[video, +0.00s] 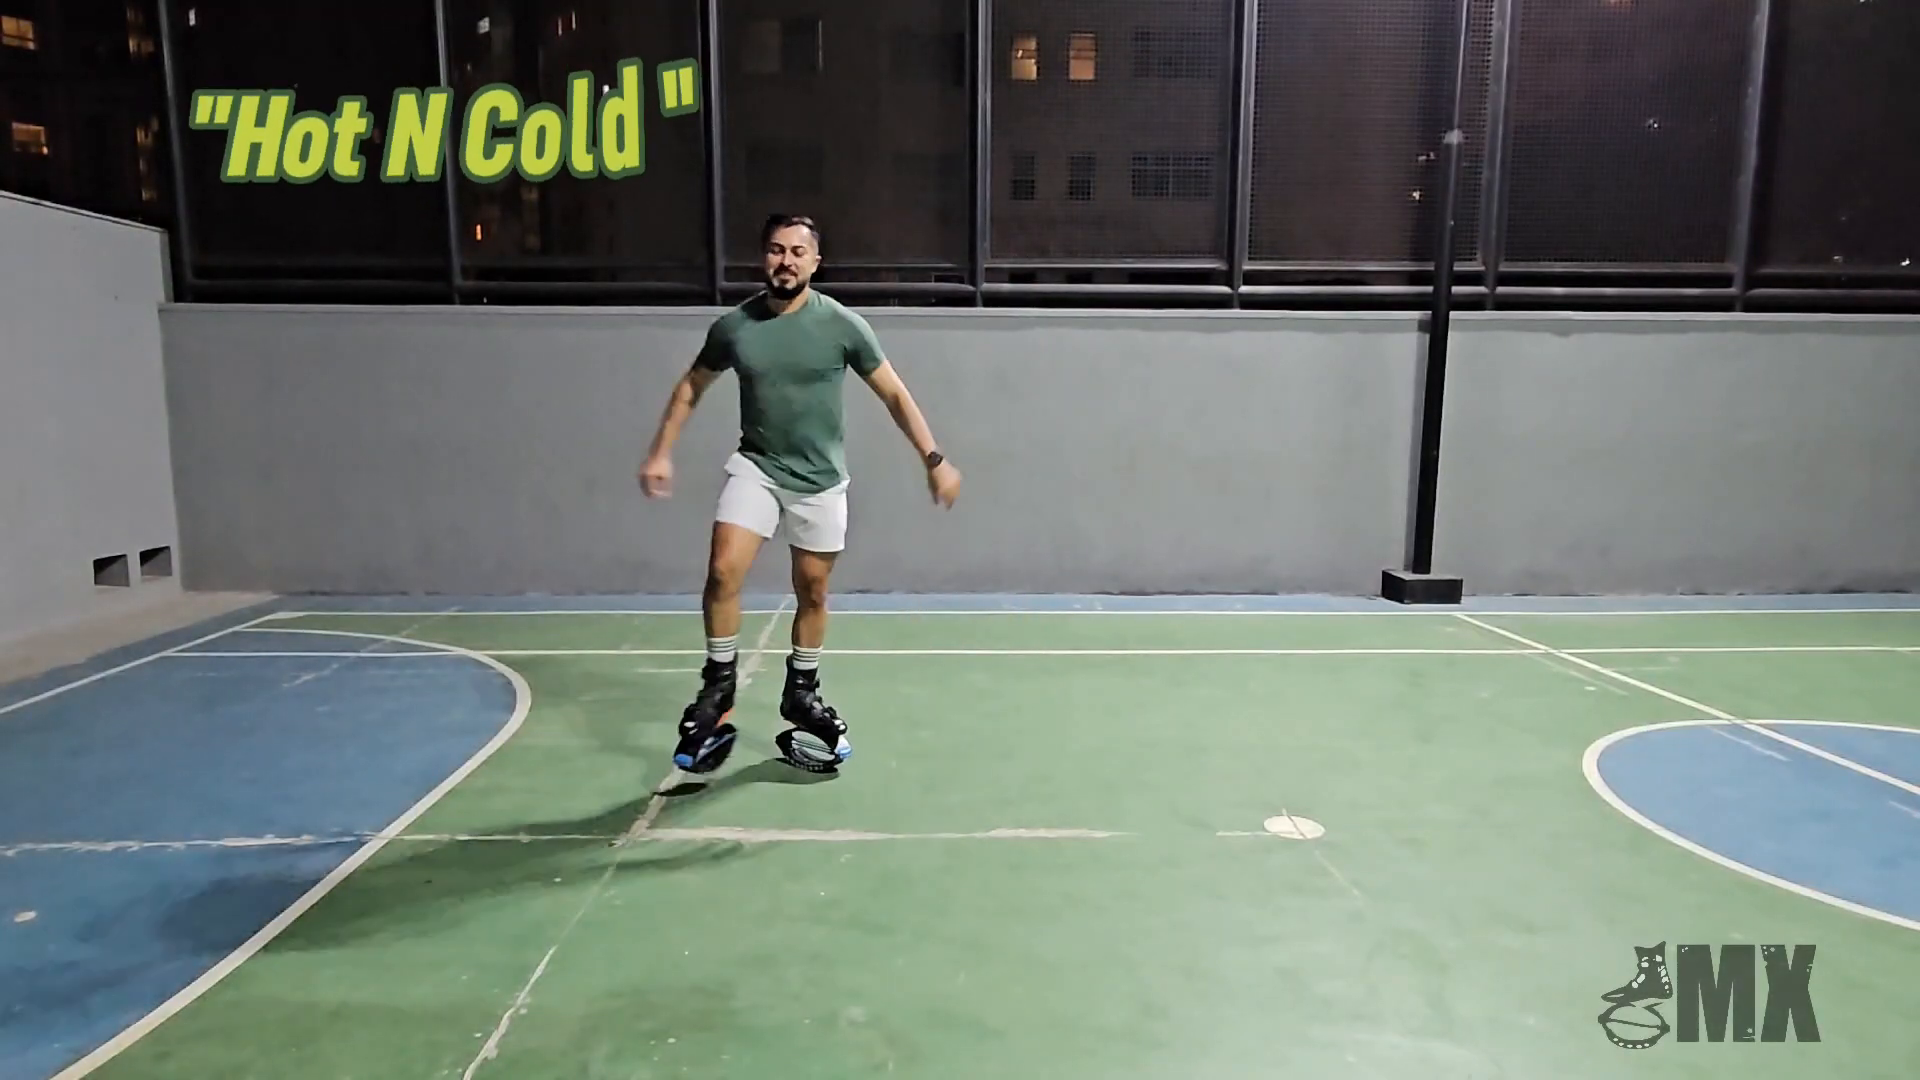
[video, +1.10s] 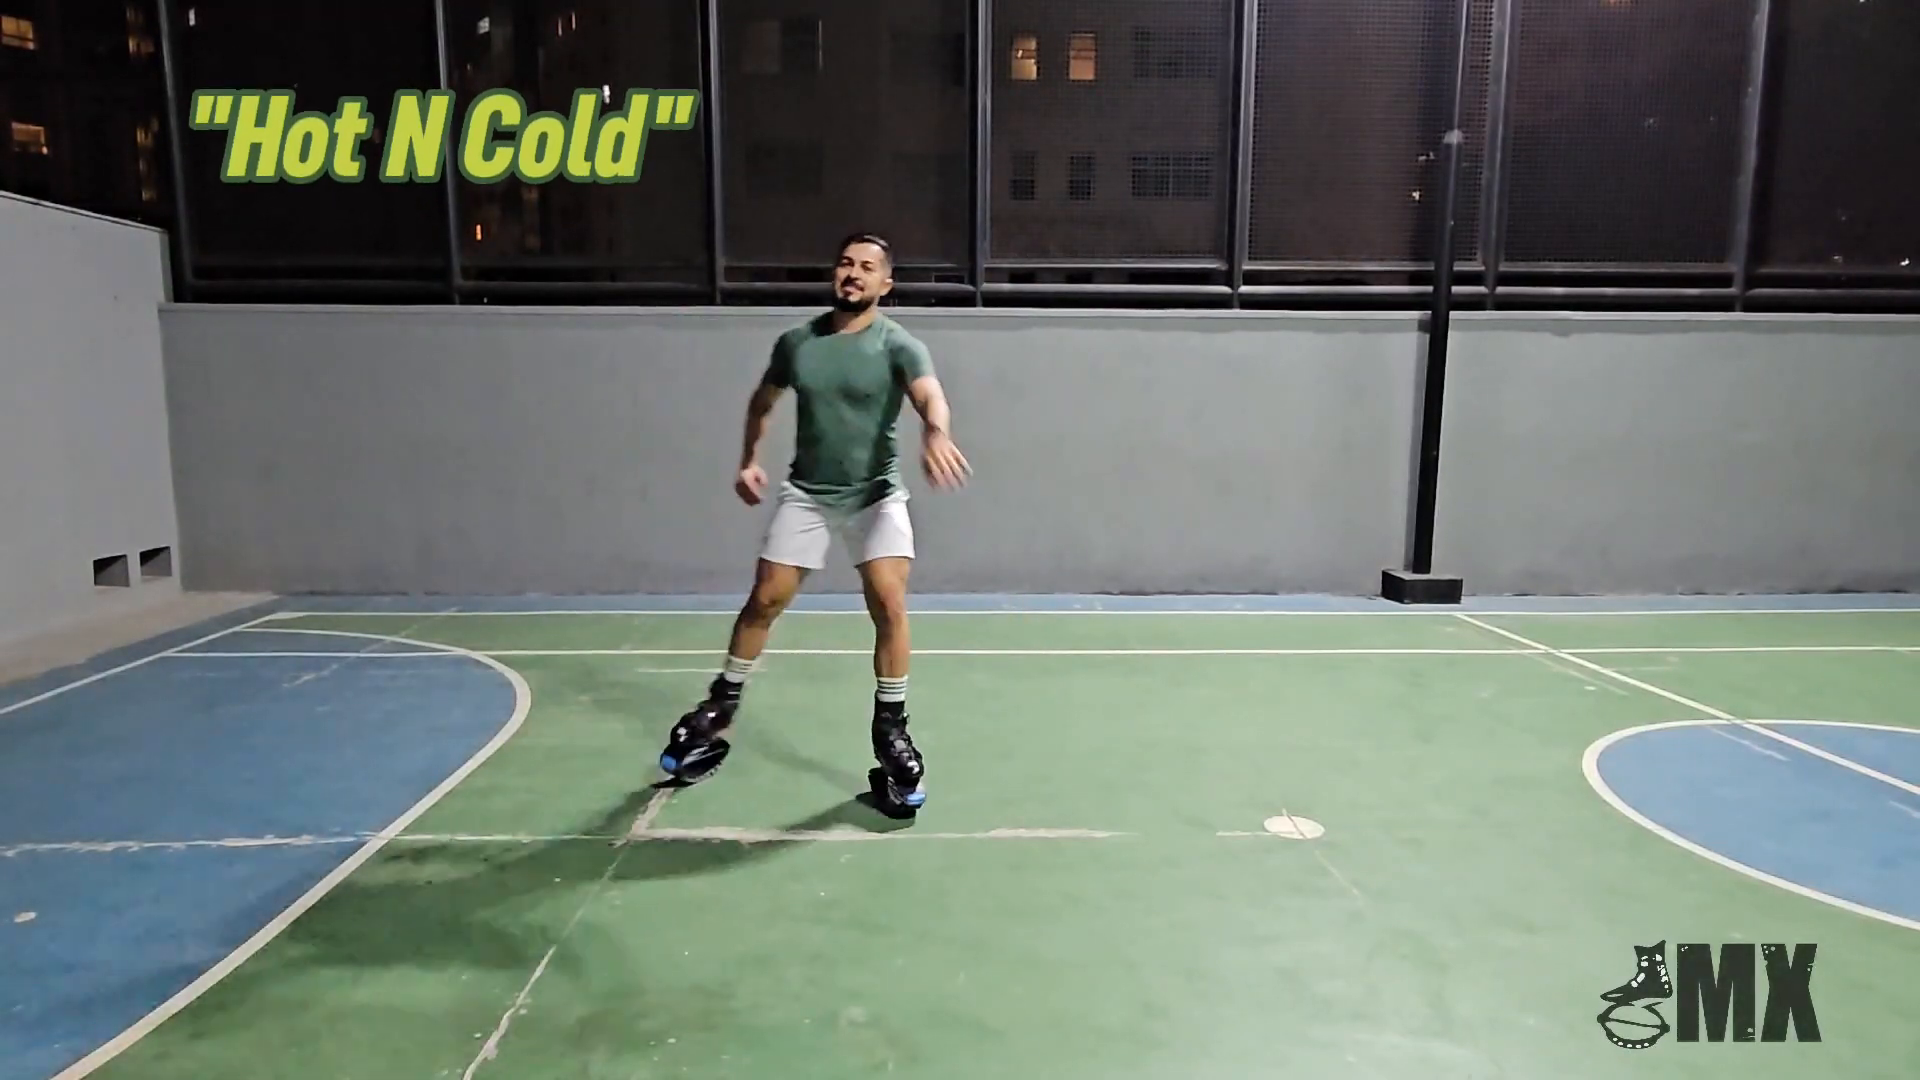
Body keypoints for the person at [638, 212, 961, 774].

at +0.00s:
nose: (785, 261)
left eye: (797, 252)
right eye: (776, 250)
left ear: (816, 261)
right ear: (763, 258)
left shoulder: (844, 326)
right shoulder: (732, 329)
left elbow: (895, 395)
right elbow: (691, 387)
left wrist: (934, 459)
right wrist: (660, 452)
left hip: (821, 478)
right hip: (755, 468)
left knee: (813, 590)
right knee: (722, 571)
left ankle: (801, 694)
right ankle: (718, 687)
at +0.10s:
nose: (771, 268)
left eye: (784, 258)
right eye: (763, 256)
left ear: (801, 267)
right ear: (750, 261)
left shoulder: (828, 328)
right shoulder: (717, 332)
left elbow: (890, 389)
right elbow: (664, 389)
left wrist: (946, 430)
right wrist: (608, 432)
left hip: (803, 485)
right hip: (736, 481)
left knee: (805, 593)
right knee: (712, 592)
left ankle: (798, 696)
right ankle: (696, 705)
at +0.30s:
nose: (750, 271)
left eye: (764, 264)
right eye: (743, 257)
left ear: (781, 274)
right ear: (728, 259)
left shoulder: (796, 334)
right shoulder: (685, 329)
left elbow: (848, 406)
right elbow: (645, 402)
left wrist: (885, 400)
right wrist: (593, 395)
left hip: (774, 475)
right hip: (705, 479)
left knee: (796, 578)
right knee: (698, 591)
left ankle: (794, 682)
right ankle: (694, 714)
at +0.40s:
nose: (745, 267)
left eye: (760, 263)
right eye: (741, 254)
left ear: (776, 276)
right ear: (727, 255)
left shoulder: (792, 331)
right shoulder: (679, 324)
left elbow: (826, 415)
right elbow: (651, 404)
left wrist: (822, 393)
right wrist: (637, 387)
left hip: (768, 469)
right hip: (701, 475)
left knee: (787, 565)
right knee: (692, 587)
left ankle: (775, 676)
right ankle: (689, 713)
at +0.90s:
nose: (800, 262)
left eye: (814, 257)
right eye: (794, 252)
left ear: (833, 279)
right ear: (779, 265)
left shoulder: (844, 337)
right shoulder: (734, 328)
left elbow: (874, 390)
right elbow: (689, 390)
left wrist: (838, 333)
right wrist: (671, 456)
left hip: (813, 480)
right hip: (744, 484)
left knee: (843, 574)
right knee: (722, 592)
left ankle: (847, 700)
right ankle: (696, 710)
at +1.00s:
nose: (825, 272)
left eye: (838, 266)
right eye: (818, 263)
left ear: (858, 285)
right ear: (804, 276)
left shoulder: (871, 345)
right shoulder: (763, 338)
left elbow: (909, 396)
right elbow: (722, 392)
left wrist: (882, 374)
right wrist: (708, 456)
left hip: (839, 493)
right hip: (769, 493)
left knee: (867, 595)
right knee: (738, 601)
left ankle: (885, 718)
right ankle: (699, 715)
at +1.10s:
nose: (852, 273)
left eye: (866, 266)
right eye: (845, 263)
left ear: (887, 283)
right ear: (832, 275)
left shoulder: (900, 346)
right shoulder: (796, 344)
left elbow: (931, 399)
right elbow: (763, 403)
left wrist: (936, 433)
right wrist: (749, 459)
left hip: (876, 497)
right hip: (805, 495)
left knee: (889, 602)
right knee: (765, 599)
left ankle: (891, 729)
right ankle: (720, 709)